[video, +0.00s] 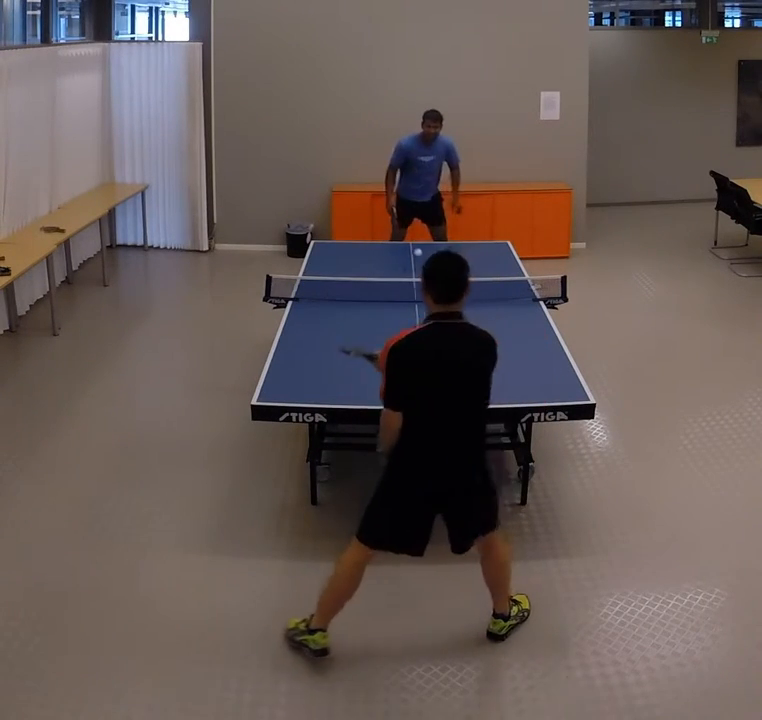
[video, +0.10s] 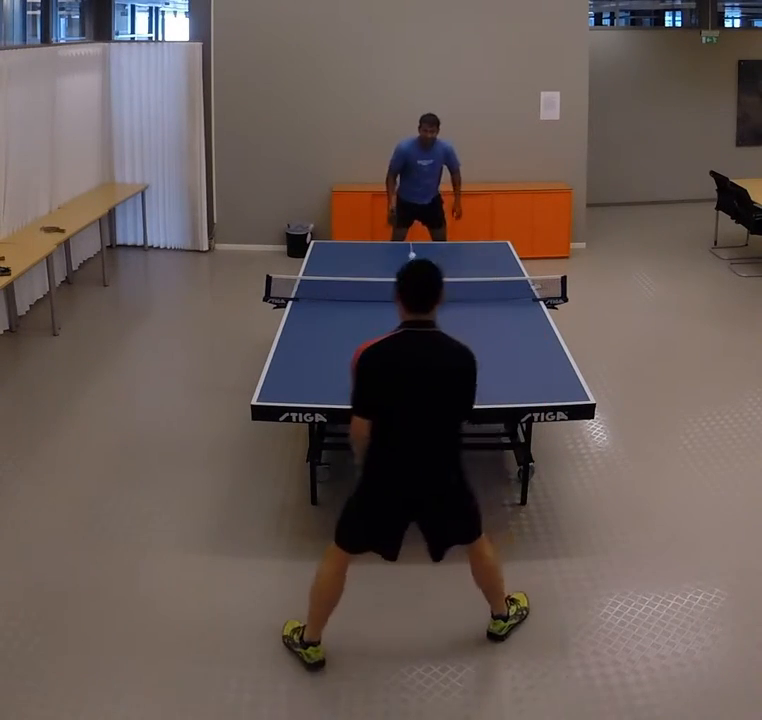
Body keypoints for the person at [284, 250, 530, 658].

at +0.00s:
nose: (425, 290)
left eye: (424, 284)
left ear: (424, 290)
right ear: (466, 290)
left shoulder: (403, 349)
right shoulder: (485, 344)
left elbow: (392, 423)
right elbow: (454, 381)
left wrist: (388, 455)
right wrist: (393, 364)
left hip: (413, 465)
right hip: (465, 463)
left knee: (361, 549)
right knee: (488, 535)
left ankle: (317, 627)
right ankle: (503, 612)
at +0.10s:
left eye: (399, 292)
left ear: (397, 297)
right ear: (440, 299)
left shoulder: (372, 356)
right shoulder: (461, 357)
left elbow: (360, 428)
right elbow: (462, 417)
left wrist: (370, 468)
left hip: (385, 478)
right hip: (442, 477)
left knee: (340, 553)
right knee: (477, 543)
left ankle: (311, 640)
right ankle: (501, 614)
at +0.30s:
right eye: (415, 291)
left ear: (375, 296)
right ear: (420, 297)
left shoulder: (346, 353)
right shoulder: (442, 357)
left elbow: (329, 425)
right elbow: (466, 422)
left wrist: (336, 463)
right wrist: (431, 426)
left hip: (356, 479)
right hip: (416, 479)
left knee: (326, 555)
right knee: (451, 544)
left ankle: (308, 640)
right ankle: (454, 631)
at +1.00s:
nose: (426, 308)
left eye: (424, 302)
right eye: (425, 302)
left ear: (379, 303)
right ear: (420, 307)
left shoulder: (343, 350)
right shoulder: (427, 370)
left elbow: (306, 407)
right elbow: (456, 428)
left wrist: (326, 433)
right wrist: (471, 407)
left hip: (334, 480)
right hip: (390, 487)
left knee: (295, 549)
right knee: (424, 555)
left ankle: (252, 621)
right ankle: (443, 638)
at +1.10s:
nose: (427, 318)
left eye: (425, 309)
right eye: (426, 310)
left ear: (381, 310)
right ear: (419, 315)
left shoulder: (344, 354)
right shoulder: (420, 386)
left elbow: (300, 400)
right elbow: (446, 460)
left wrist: (314, 431)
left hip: (322, 483)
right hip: (378, 495)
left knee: (288, 547)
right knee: (423, 555)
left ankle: (249, 624)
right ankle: (440, 640)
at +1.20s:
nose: (409, 320)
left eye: (408, 312)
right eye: (407, 313)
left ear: (364, 317)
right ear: (394, 317)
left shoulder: (331, 361)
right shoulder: (400, 381)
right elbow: (427, 455)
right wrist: (489, 488)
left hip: (315, 487)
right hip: (371, 496)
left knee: (283, 546)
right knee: (426, 553)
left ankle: (247, 626)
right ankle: (441, 641)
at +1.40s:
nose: (317, 327)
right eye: (314, 324)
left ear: (276, 346)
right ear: (313, 333)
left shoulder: (273, 400)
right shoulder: (351, 365)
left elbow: (275, 473)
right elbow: (378, 350)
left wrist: (296, 490)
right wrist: (368, 333)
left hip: (312, 499)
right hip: (370, 493)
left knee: (276, 559)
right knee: (416, 559)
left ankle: (246, 629)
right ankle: (444, 642)